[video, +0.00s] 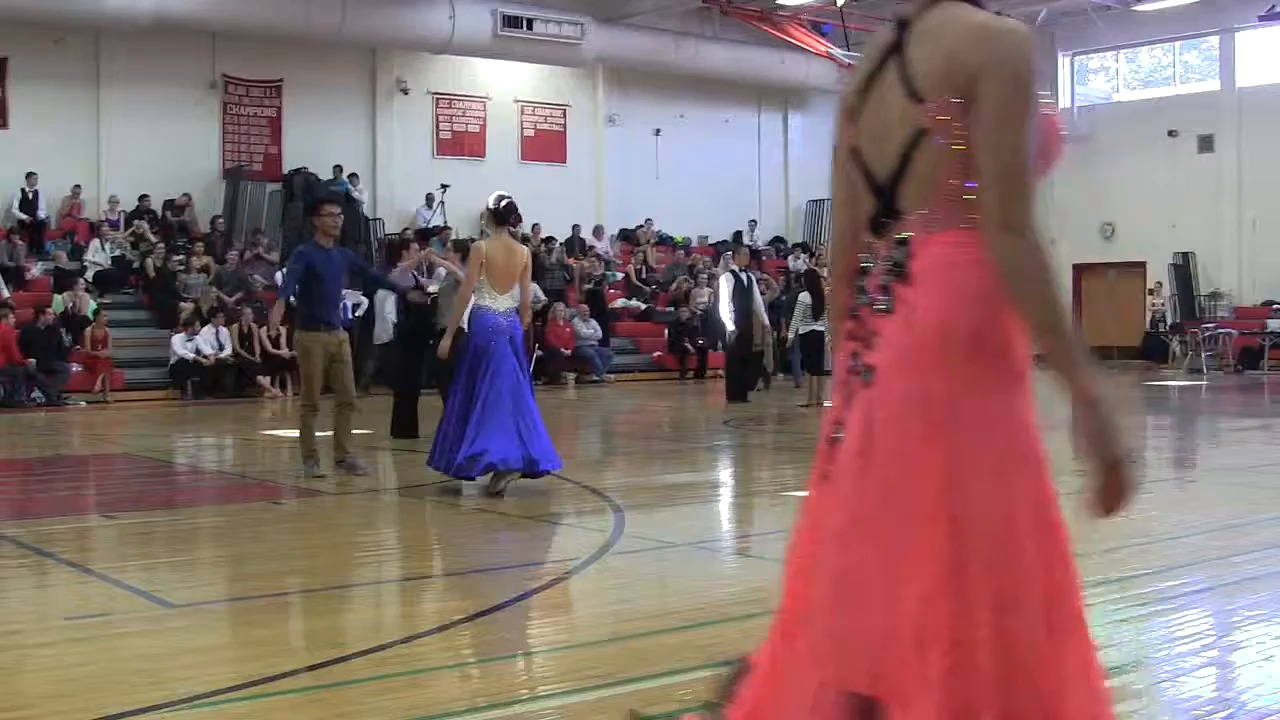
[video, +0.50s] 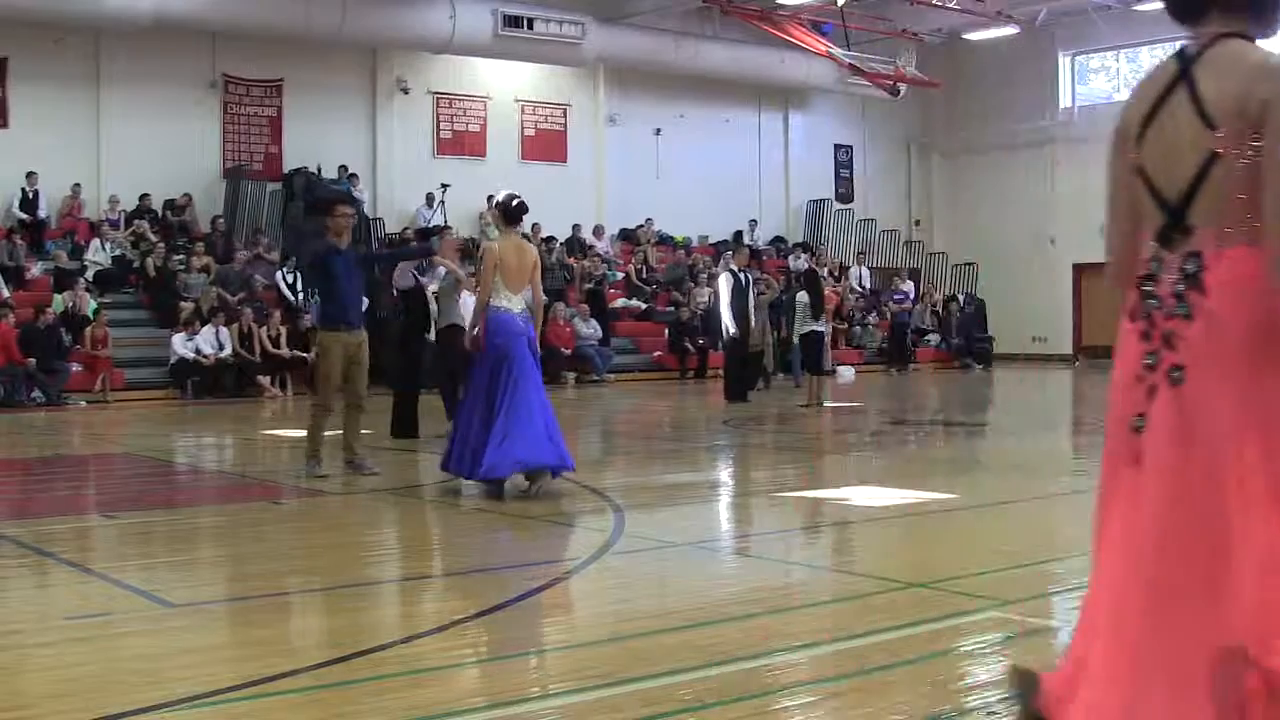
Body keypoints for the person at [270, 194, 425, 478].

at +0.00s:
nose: (337, 220)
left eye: (339, 215)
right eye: (330, 216)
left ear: (341, 219)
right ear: (316, 220)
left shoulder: (343, 255)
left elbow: (373, 276)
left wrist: (406, 291)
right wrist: (277, 311)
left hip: (338, 335)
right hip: (310, 336)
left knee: (347, 399)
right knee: (310, 402)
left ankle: (342, 456)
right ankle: (310, 459)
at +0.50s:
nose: (347, 221)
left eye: (350, 216)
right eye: (341, 216)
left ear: (354, 220)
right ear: (328, 220)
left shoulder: (358, 254)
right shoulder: (319, 252)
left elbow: (393, 254)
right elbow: (312, 276)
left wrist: (434, 249)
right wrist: (334, 246)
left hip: (357, 335)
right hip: (330, 337)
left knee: (356, 400)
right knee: (324, 401)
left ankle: (352, 457)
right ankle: (313, 458)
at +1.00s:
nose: (369, 223)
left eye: (371, 218)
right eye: (364, 218)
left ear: (372, 221)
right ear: (349, 220)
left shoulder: (376, 251)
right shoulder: (342, 248)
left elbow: (404, 255)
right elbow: (331, 255)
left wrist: (439, 251)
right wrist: (371, 256)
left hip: (376, 333)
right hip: (352, 333)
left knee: (365, 396)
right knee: (372, 393)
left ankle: (353, 454)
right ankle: (377, 455)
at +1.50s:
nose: (400, 225)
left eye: (401, 219)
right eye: (394, 219)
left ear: (400, 220)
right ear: (378, 220)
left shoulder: (401, 252)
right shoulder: (360, 252)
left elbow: (429, 252)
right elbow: (357, 277)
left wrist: (459, 246)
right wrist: (359, 298)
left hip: (402, 334)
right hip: (376, 334)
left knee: (383, 396)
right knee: (385, 397)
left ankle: (357, 450)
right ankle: (393, 458)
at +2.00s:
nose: (420, 225)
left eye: (424, 219)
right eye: (414, 219)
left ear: (427, 221)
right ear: (401, 221)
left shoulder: (430, 254)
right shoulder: (383, 251)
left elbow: (461, 254)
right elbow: (368, 257)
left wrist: (496, 251)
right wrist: (384, 262)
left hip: (423, 336)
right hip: (391, 337)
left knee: (438, 397)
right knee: (393, 401)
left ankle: (449, 463)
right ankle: (395, 460)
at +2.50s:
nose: (443, 221)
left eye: (449, 215)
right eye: (438, 215)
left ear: (459, 217)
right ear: (432, 217)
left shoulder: (471, 249)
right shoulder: (422, 252)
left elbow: (500, 258)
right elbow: (418, 294)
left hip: (469, 332)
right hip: (440, 332)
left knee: (470, 396)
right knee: (447, 395)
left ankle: (464, 455)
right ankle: (426, 448)